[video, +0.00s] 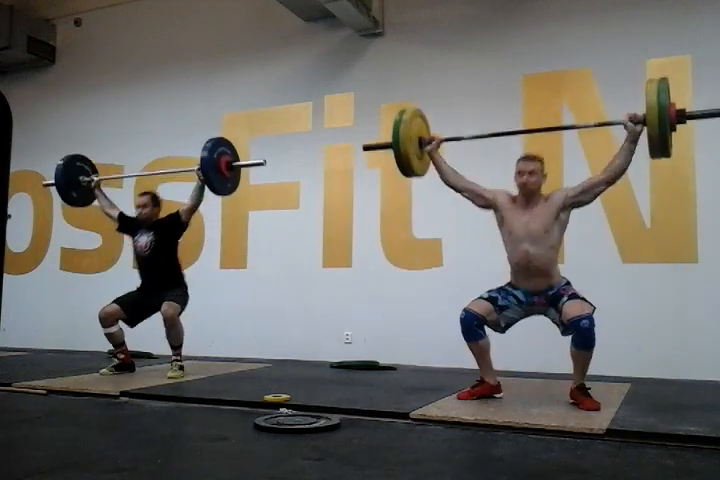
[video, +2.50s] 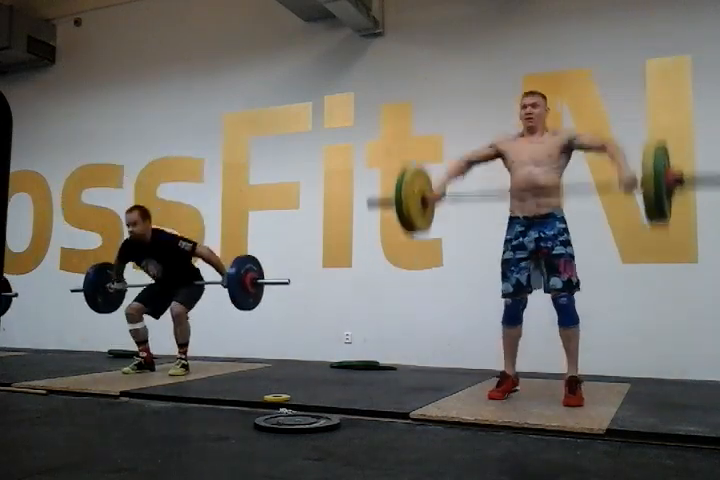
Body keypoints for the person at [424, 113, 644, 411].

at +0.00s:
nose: (525, 179)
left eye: (531, 174)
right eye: (520, 174)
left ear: (543, 178)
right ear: (514, 178)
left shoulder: (560, 202)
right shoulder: (500, 202)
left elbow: (607, 177)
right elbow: (458, 183)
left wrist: (632, 135)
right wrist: (434, 153)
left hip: (555, 292)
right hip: (516, 292)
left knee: (584, 322)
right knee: (470, 318)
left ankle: (578, 388)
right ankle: (489, 382)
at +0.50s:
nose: (513, 244)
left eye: (519, 238)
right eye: (508, 239)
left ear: (533, 237)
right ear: (503, 239)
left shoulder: (555, 257)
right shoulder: (496, 259)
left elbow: (600, 230)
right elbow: (460, 234)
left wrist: (636, 196)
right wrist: (434, 207)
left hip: (554, 332)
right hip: (516, 332)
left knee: (587, 327)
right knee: (468, 320)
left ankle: (578, 389)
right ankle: (490, 383)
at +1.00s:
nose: (515, 218)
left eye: (521, 212)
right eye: (510, 213)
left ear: (534, 210)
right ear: (505, 214)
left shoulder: (556, 232)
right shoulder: (497, 234)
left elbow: (600, 204)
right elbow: (464, 212)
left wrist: (635, 171)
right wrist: (438, 188)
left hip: (555, 310)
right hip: (516, 310)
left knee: (582, 327)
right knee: (470, 321)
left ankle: (577, 389)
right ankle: (489, 383)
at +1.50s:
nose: (520, 122)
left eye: (525, 116)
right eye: (515, 118)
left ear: (537, 117)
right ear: (508, 121)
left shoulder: (558, 143)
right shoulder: (501, 148)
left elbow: (607, 115)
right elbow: (464, 132)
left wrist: (634, 82)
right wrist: (442, 106)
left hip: (556, 237)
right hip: (519, 239)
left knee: (569, 307)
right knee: (499, 303)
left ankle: (577, 383)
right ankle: (493, 380)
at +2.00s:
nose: (529, 115)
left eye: (535, 110)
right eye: (525, 111)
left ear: (548, 114)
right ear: (520, 116)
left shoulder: (566, 145)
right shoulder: (508, 150)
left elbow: (612, 116)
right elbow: (465, 136)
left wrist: (634, 76)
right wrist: (441, 107)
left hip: (552, 232)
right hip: (516, 234)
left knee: (561, 309)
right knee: (514, 310)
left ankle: (572, 384)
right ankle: (512, 380)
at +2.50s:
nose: (528, 110)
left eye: (534, 105)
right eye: (524, 106)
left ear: (547, 111)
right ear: (519, 113)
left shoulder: (563, 140)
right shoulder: (506, 145)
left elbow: (607, 145)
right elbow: (467, 160)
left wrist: (624, 172)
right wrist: (441, 185)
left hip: (552, 226)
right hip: (518, 228)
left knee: (564, 303)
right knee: (513, 304)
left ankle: (572, 378)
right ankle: (509, 376)